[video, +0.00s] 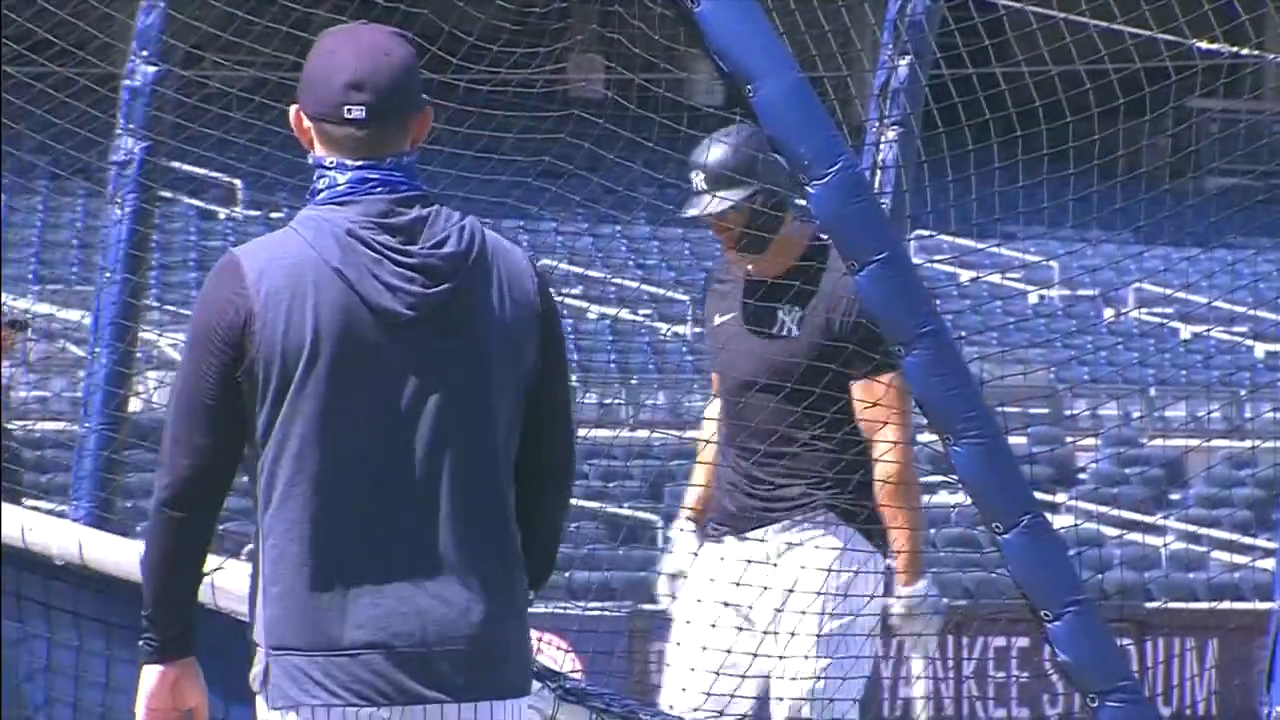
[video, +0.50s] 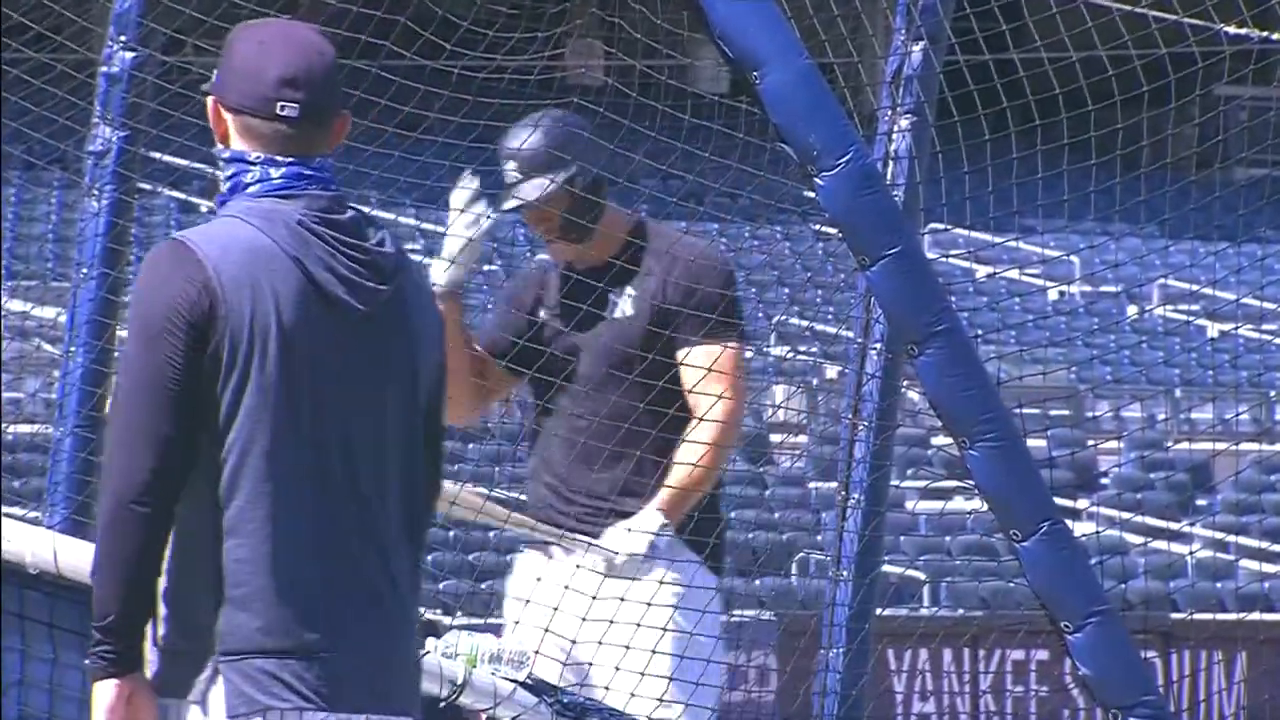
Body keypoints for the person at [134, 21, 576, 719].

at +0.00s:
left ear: (301, 127)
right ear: (423, 125)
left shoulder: (253, 277)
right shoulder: (511, 274)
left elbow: (185, 488)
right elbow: (547, 474)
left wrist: (167, 650)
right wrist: (502, 590)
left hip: (322, 675)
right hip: (487, 675)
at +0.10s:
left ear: (290, 122)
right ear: (414, 128)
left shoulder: (247, 274)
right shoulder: (498, 278)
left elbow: (181, 486)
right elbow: (528, 482)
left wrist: (157, 653)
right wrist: (487, 595)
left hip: (315, 669)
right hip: (473, 666)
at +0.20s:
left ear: (276, 121)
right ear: (402, 129)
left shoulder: (236, 272)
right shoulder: (479, 280)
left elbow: (176, 488)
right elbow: (506, 490)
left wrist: (153, 658)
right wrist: (461, 614)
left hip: (300, 669)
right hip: (454, 669)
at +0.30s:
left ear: (259, 120)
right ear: (385, 129)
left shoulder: (225, 270)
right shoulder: (461, 278)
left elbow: (170, 483)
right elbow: (482, 484)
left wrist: (149, 660)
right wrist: (445, 625)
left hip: (286, 664)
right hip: (434, 664)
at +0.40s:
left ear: (238, 118)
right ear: (364, 129)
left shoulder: (209, 267)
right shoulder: (436, 283)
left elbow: (159, 481)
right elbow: (453, 487)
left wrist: (138, 662)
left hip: (262, 673)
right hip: (412, 670)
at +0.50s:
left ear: (216, 116)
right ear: (341, 132)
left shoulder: (192, 268)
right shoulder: (408, 282)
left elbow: (139, 485)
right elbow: (420, 484)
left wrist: (114, 663)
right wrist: (378, 619)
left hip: (243, 670)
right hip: (384, 669)